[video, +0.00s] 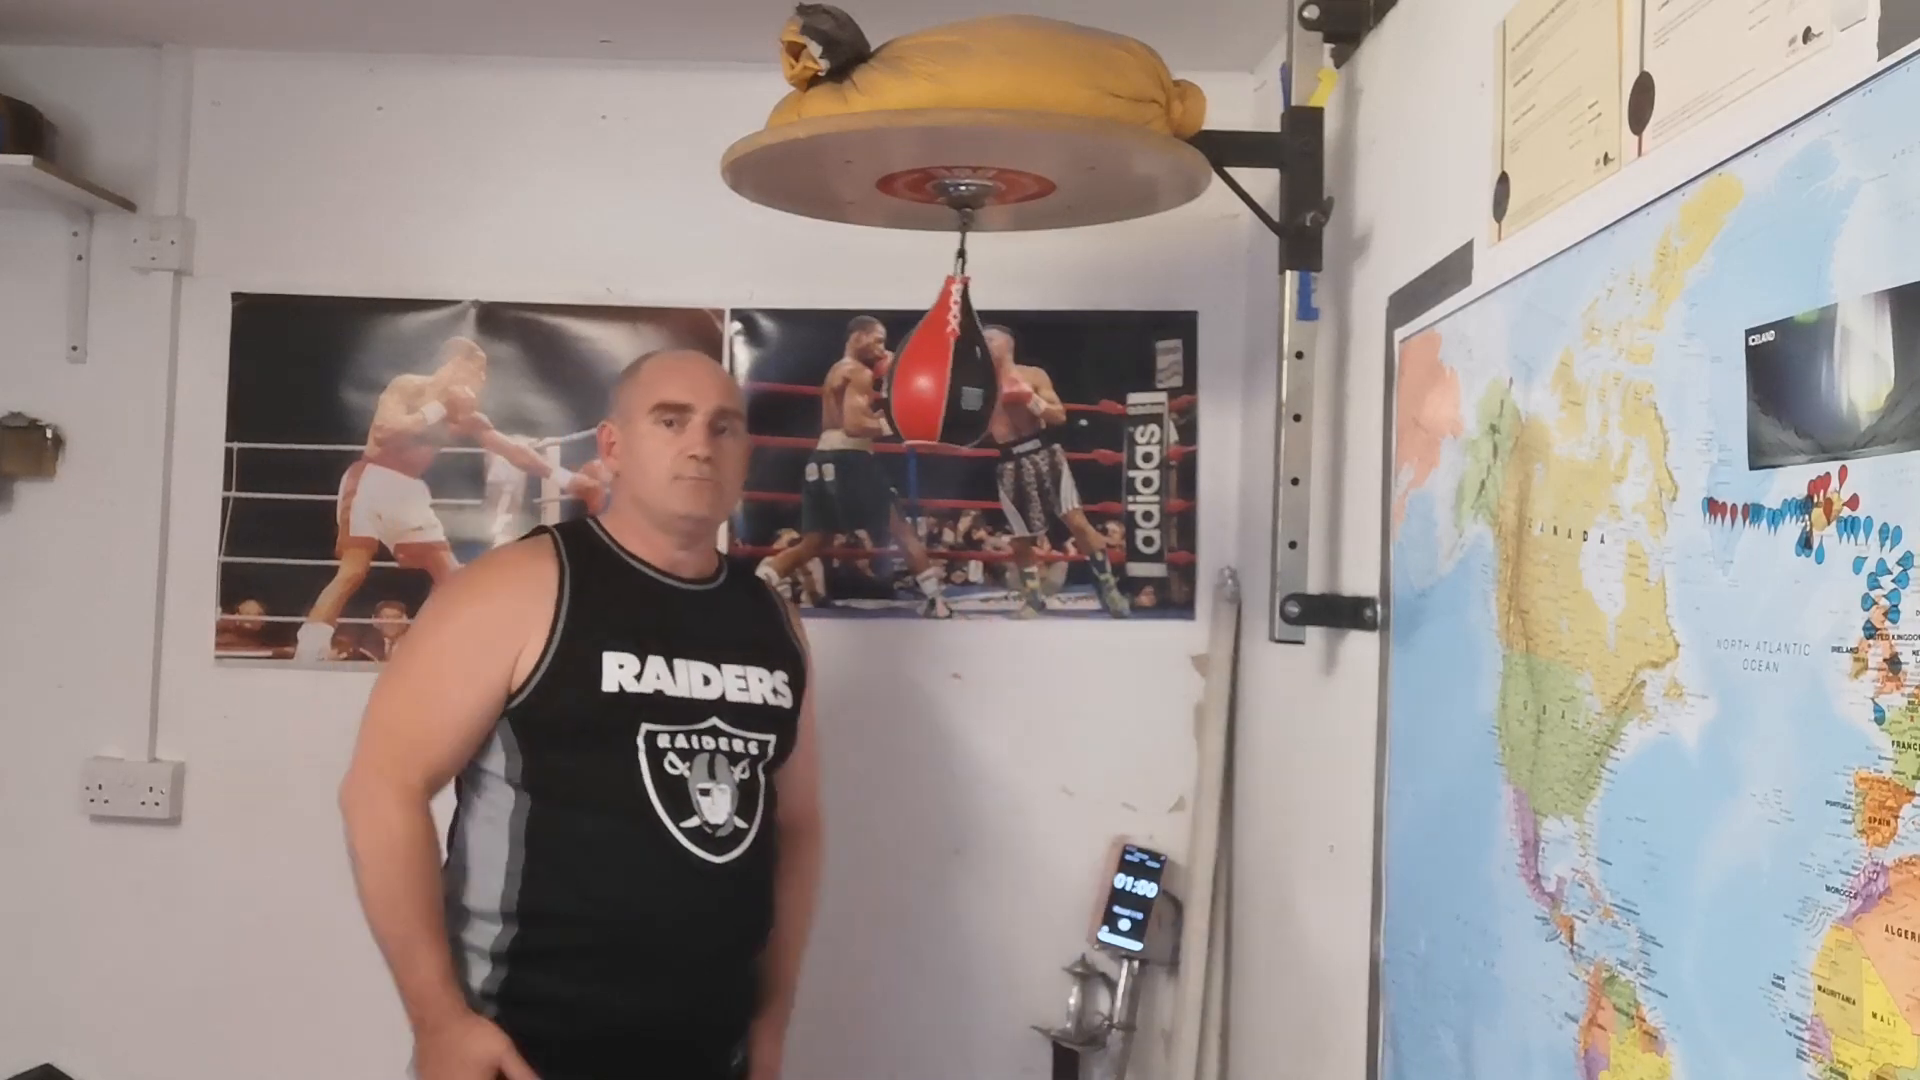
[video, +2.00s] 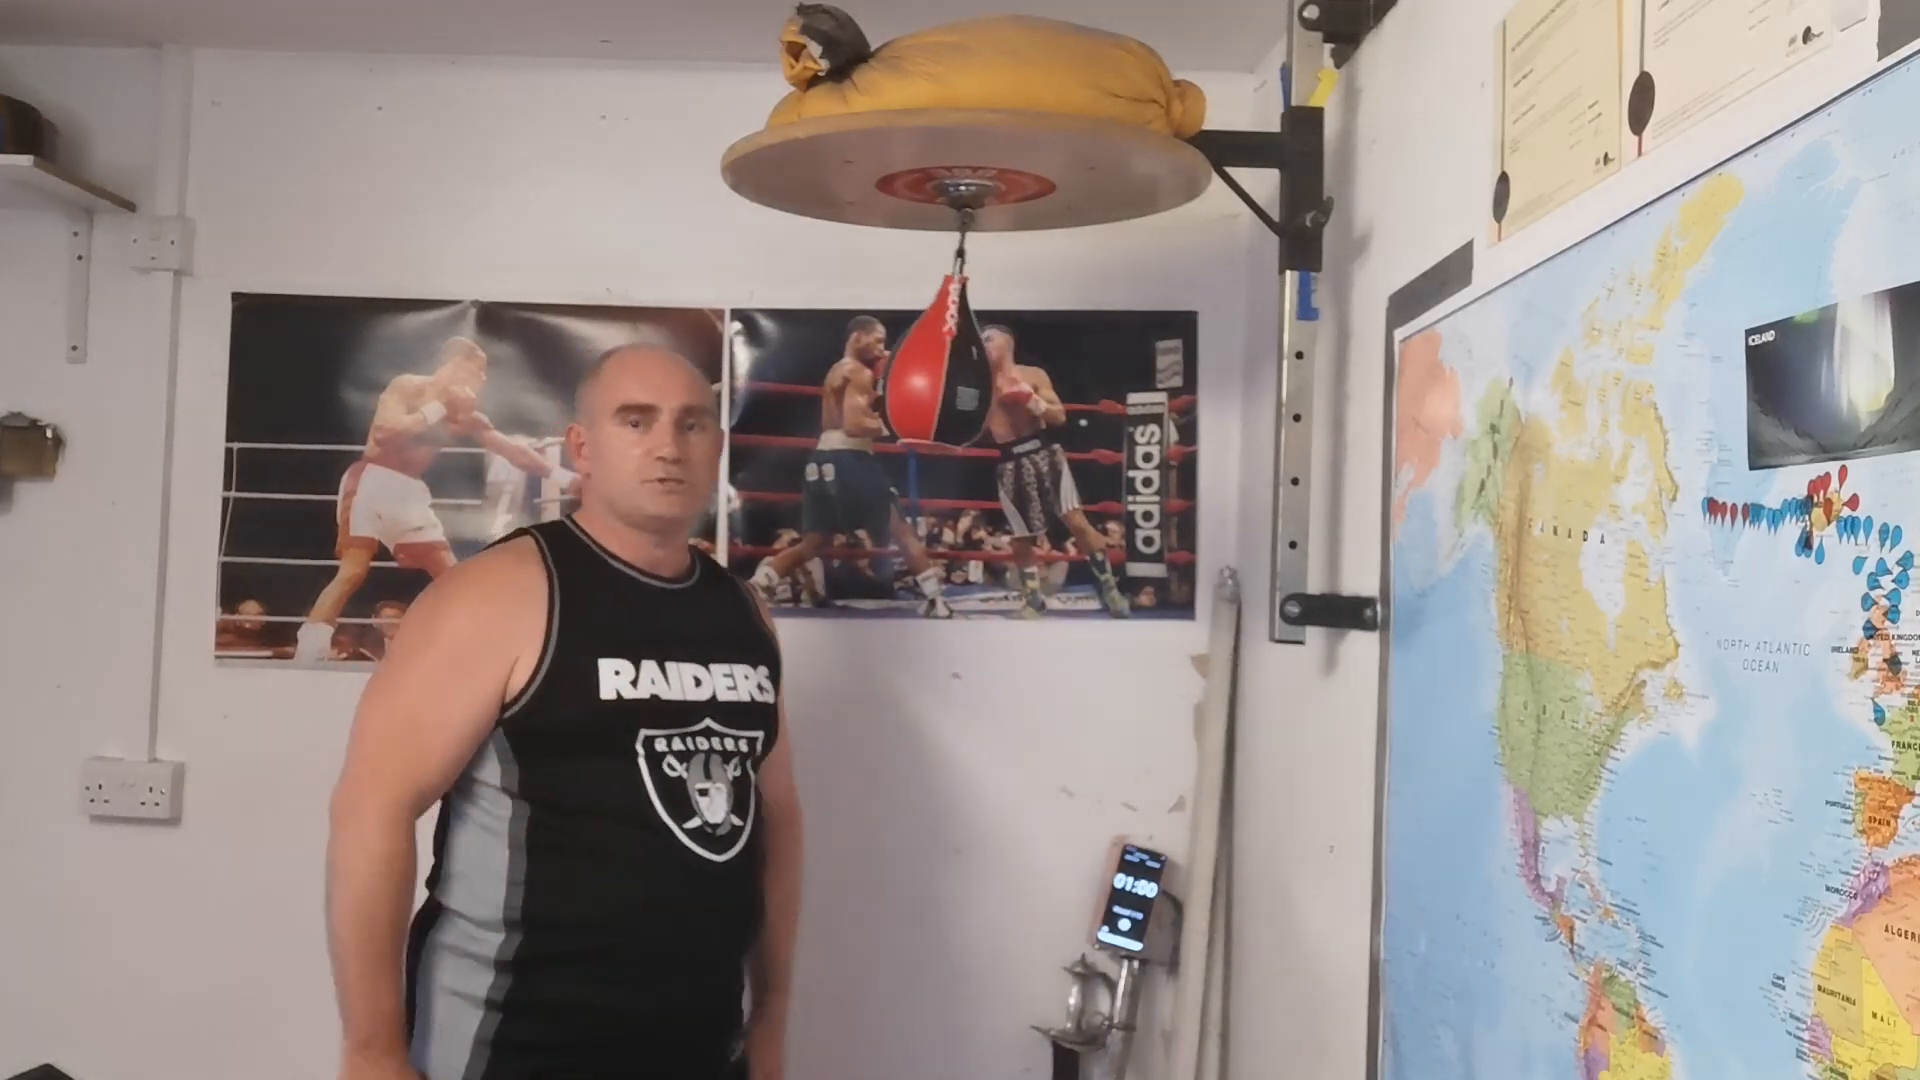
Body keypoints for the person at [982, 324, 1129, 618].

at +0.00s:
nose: (989, 348)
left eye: (993, 341)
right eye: (984, 343)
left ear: (1009, 345)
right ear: (981, 351)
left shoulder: (1033, 375)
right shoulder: (981, 385)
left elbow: (1059, 416)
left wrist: (1033, 401)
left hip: (1046, 457)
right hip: (1011, 465)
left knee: (1075, 521)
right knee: (1022, 538)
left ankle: (1109, 588)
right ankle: (1032, 599)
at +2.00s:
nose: (985, 346)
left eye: (991, 340)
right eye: (982, 342)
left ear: (1009, 344)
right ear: (981, 351)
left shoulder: (1034, 375)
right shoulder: (986, 386)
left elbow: (1059, 417)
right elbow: (986, 427)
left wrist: (1033, 401)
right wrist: (963, 445)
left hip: (1046, 457)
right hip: (1011, 465)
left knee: (1075, 522)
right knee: (1021, 538)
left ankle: (1109, 589)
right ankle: (1032, 599)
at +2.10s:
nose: (988, 346)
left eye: (993, 339)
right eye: (984, 341)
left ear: (1009, 344)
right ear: (981, 350)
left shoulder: (1034, 375)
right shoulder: (982, 384)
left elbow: (1059, 417)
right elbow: (977, 429)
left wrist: (1033, 401)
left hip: (1046, 456)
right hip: (1011, 464)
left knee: (1075, 521)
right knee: (1022, 537)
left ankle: (1109, 589)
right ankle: (1032, 598)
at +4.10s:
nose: (998, 356)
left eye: (1001, 350)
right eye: (993, 351)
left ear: (1011, 349)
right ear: (986, 353)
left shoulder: (1034, 375)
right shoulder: (982, 383)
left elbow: (1059, 416)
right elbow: (974, 425)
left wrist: (1036, 403)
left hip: (1046, 456)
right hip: (1011, 464)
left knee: (1075, 522)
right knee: (1022, 537)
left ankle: (1108, 589)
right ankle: (1033, 598)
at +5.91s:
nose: (994, 353)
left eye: (998, 346)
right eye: (990, 348)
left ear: (1010, 346)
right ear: (984, 353)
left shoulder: (1033, 375)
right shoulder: (983, 384)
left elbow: (1058, 416)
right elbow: (976, 429)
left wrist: (1035, 402)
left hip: (1045, 456)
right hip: (1011, 464)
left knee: (1075, 522)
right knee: (1022, 537)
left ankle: (1108, 587)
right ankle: (1032, 598)